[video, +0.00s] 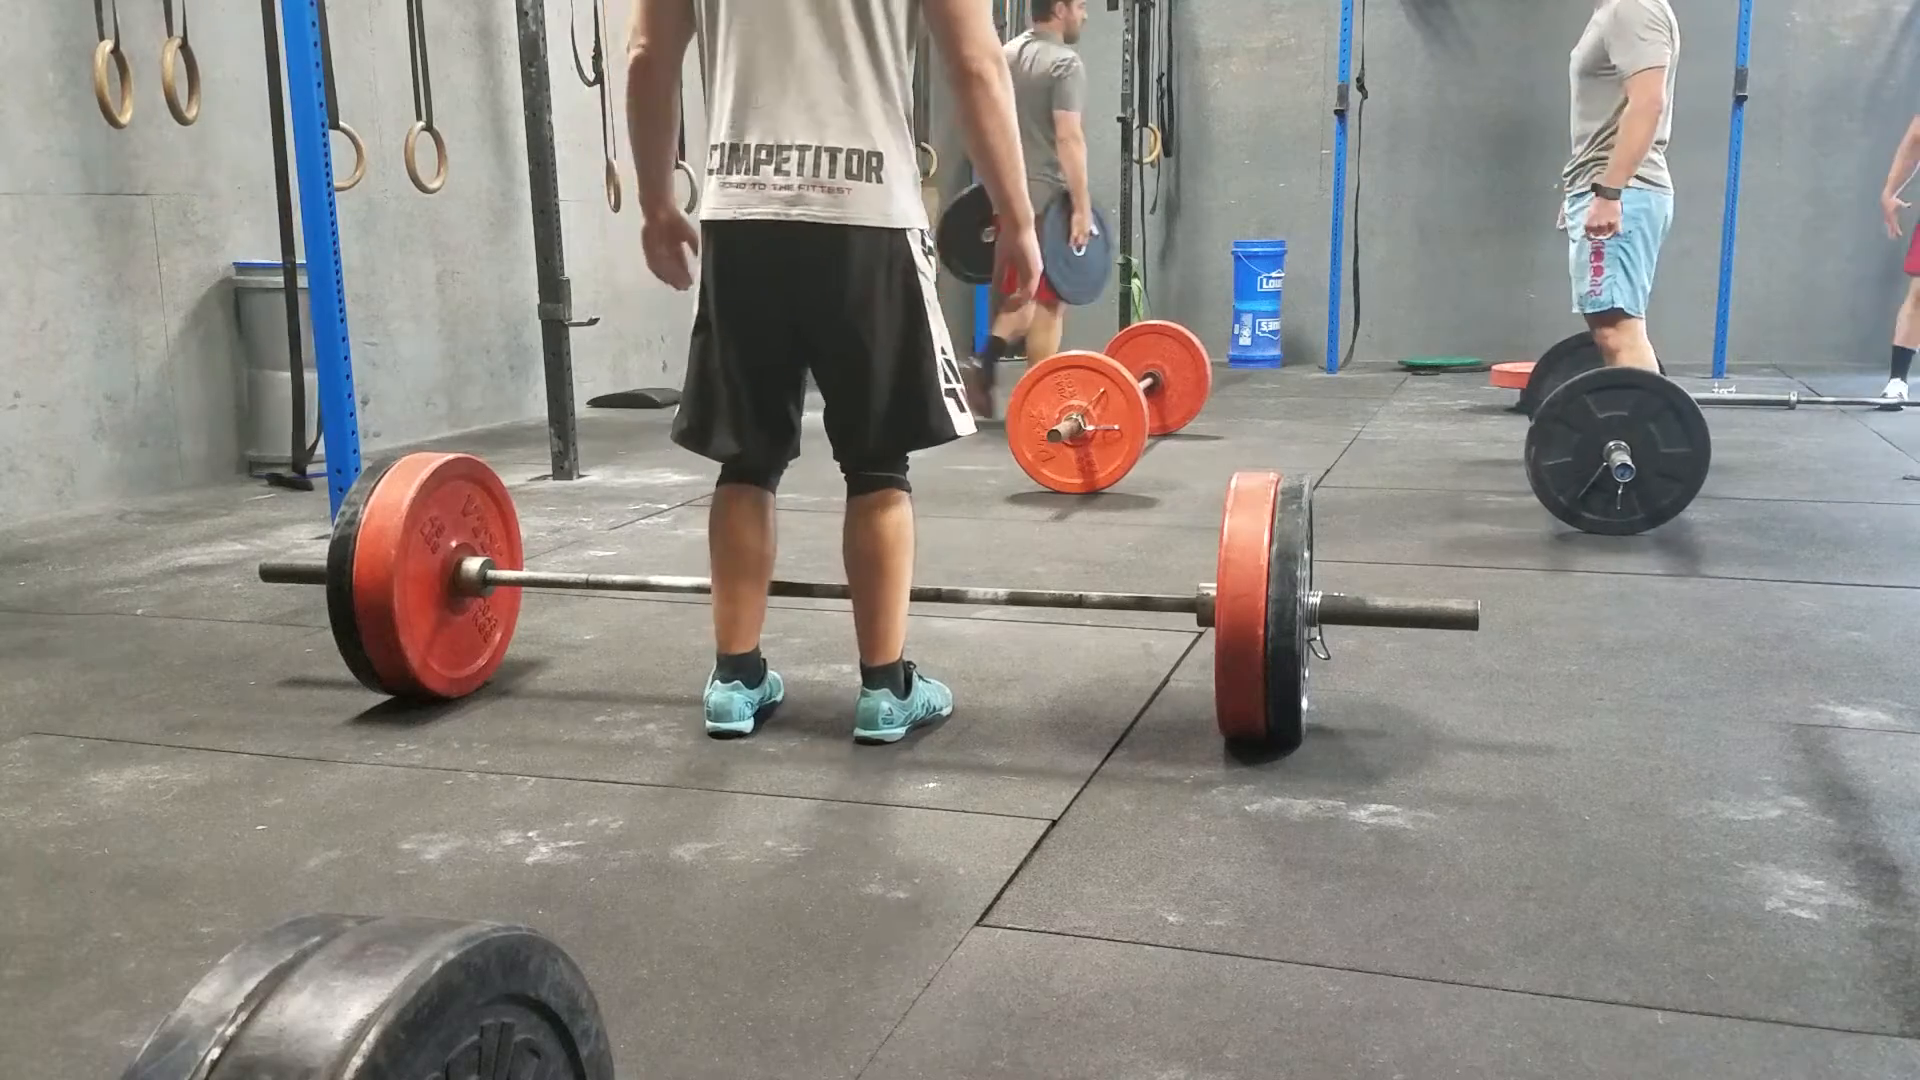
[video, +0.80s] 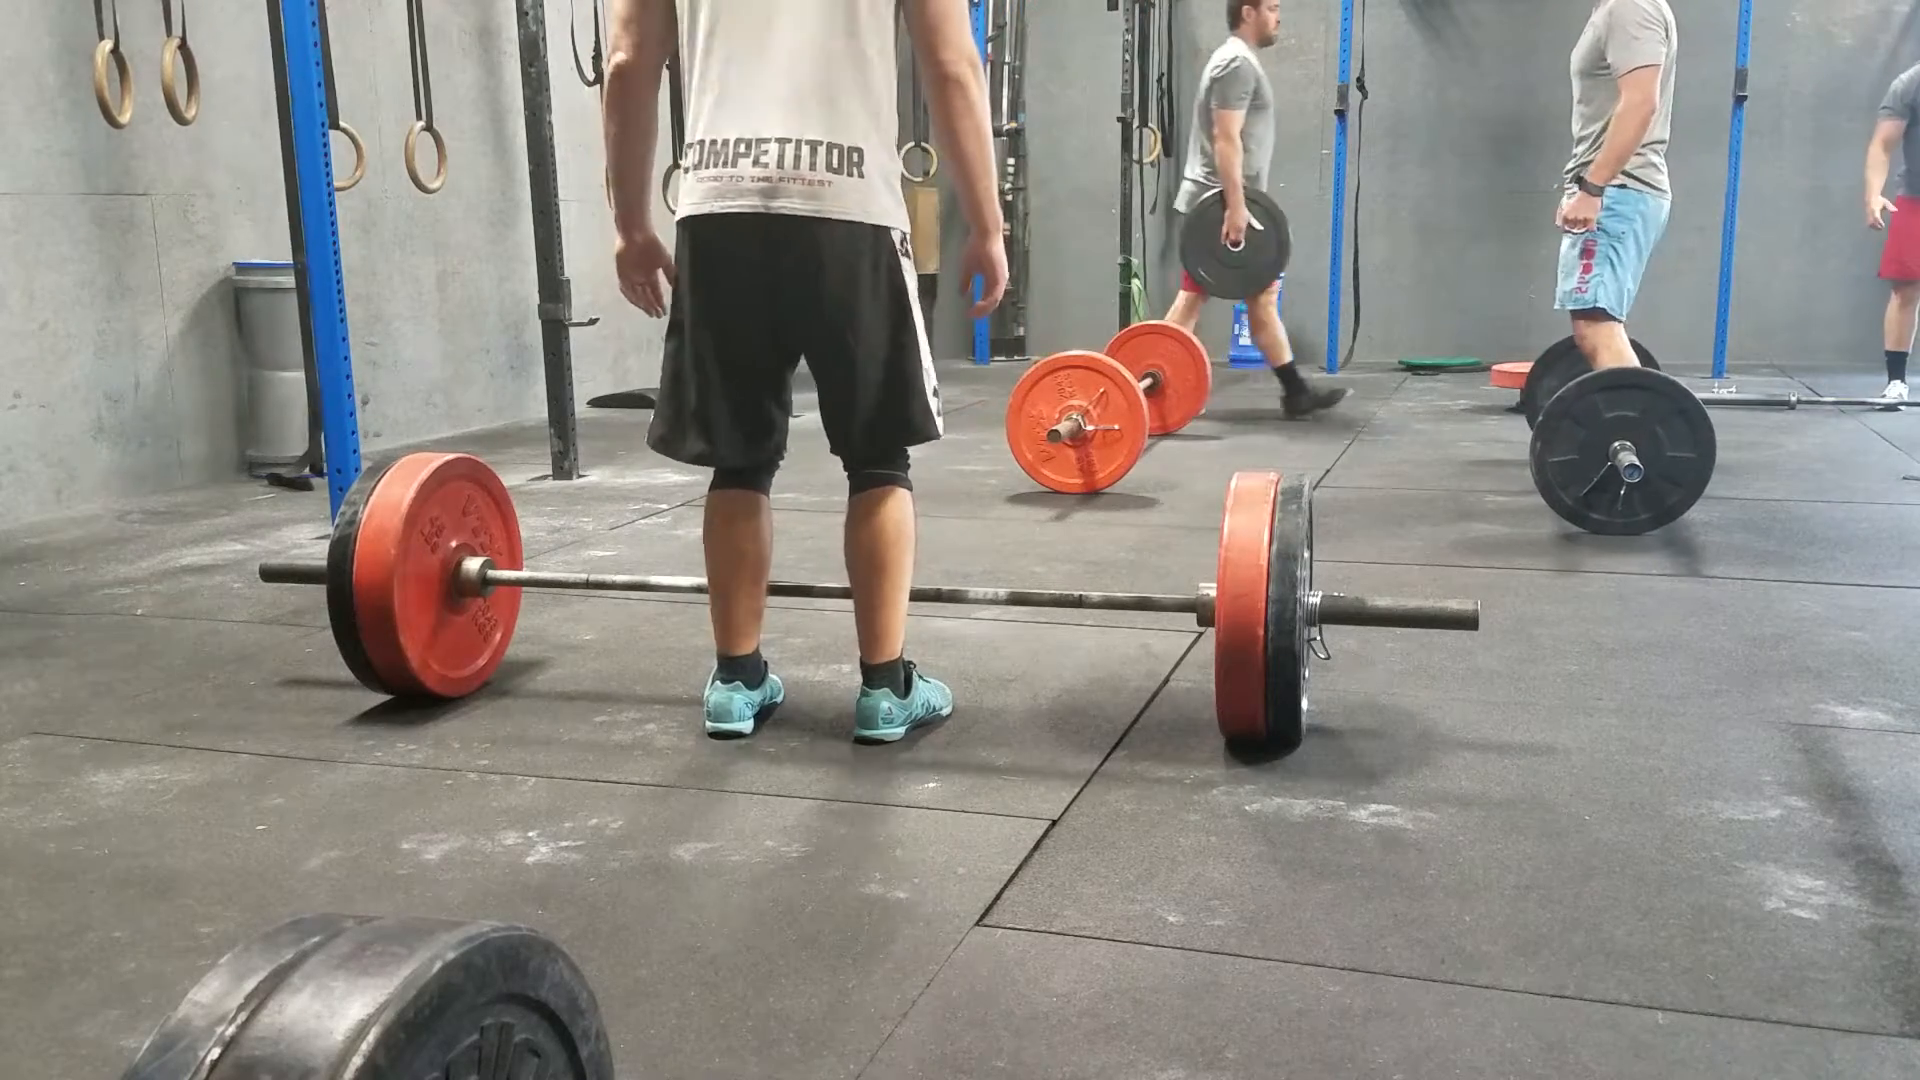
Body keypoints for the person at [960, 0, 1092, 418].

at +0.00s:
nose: (1083, 15)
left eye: (1082, 7)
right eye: (1079, 6)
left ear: (1042, 12)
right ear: (1061, 10)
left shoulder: (1005, 53)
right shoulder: (1066, 61)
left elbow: (992, 130)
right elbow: (1068, 137)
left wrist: (993, 195)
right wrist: (1081, 208)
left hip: (1009, 196)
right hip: (1049, 199)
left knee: (1019, 296)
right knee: (1051, 304)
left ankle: (985, 360)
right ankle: (1044, 402)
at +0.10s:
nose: (1107, 15)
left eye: (1107, 7)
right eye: (1102, 6)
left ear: (1070, 10)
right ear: (1079, 8)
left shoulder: (1023, 58)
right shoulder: (1083, 59)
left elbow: (1012, 132)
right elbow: (1087, 137)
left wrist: (1017, 196)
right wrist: (1104, 205)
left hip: (1030, 198)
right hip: (1063, 202)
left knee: (1068, 299)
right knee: (1056, 303)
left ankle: (1045, 394)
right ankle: (1039, 404)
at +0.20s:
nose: (1128, 19)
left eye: (1128, 10)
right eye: (1123, 9)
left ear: (1095, 14)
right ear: (1100, 12)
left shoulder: (1050, 61)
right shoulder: (1101, 61)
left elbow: (1042, 137)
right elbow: (1104, 139)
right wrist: (1124, 208)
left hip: (1050, 200)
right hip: (1080, 205)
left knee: (1096, 300)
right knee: (1068, 303)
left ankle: (1110, 389)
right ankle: (1042, 402)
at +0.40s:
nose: (1175, 23)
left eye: (1174, 15)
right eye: (1168, 14)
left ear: (1141, 19)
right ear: (1143, 18)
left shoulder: (1107, 66)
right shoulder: (1147, 67)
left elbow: (1104, 146)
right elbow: (1145, 142)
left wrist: (1102, 206)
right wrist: (1162, 211)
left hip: (1106, 204)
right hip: (1132, 208)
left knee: (1154, 300)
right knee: (1114, 305)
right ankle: (1060, 381)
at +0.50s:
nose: (1198, 17)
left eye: (1197, 9)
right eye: (1191, 8)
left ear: (1166, 15)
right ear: (1167, 13)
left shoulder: (1139, 59)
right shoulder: (1167, 60)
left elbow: (1134, 139)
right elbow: (1164, 135)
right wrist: (1180, 201)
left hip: (1133, 200)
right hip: (1153, 203)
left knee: (1157, 304)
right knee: (1174, 304)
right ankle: (1105, 366)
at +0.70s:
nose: (1250, 14)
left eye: (1250, 6)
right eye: (1245, 6)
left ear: (1218, 11)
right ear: (1221, 9)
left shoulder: (1198, 55)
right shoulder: (1210, 58)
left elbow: (1192, 135)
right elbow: (1202, 134)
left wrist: (1214, 196)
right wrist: (1216, 198)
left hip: (1182, 198)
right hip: (1200, 199)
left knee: (1181, 291)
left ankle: (1145, 384)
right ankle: (1228, 391)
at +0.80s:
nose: (1278, 18)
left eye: (1278, 9)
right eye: (1272, 9)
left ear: (1248, 15)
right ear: (1248, 13)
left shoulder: (1233, 58)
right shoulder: (1238, 62)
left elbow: (1224, 138)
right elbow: (1225, 138)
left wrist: (1240, 201)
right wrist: (1235, 205)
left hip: (1208, 200)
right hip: (1226, 202)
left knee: (1190, 296)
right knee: (1263, 292)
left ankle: (1151, 382)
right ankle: (1295, 390)